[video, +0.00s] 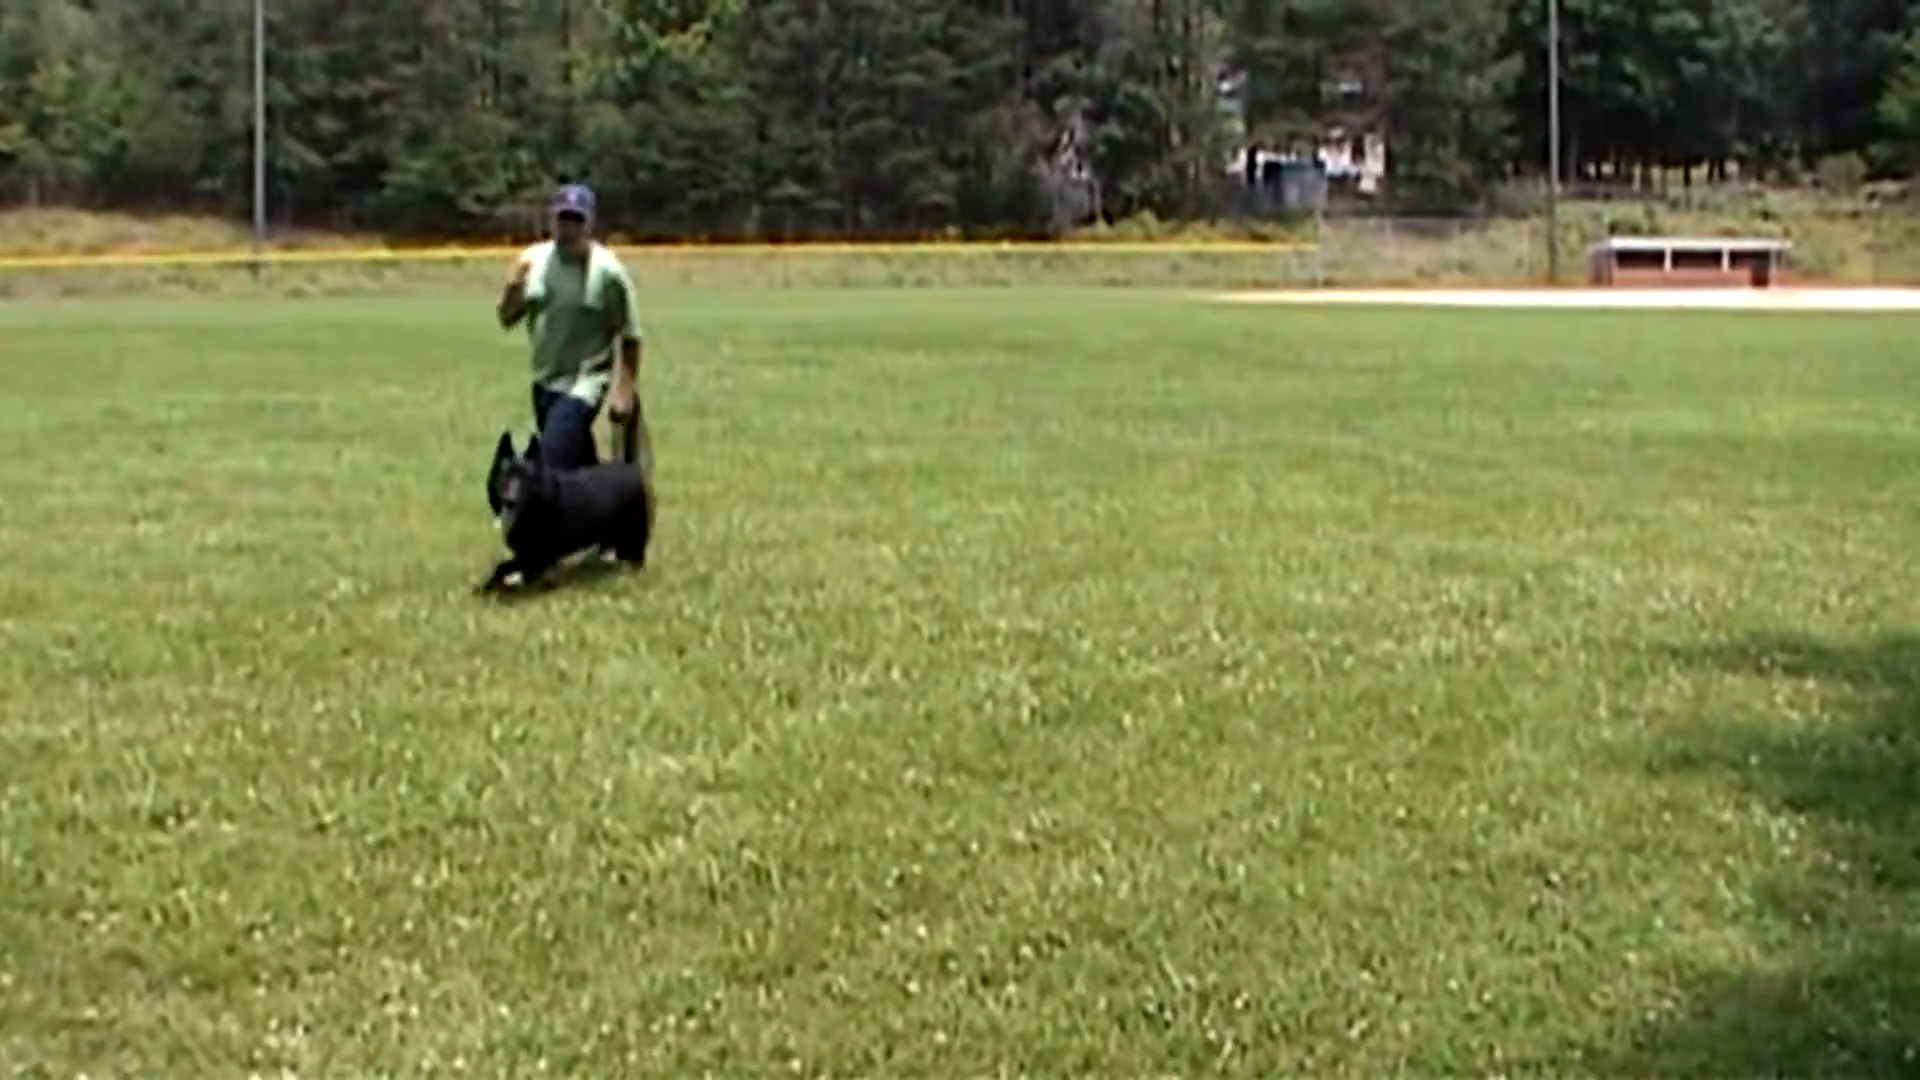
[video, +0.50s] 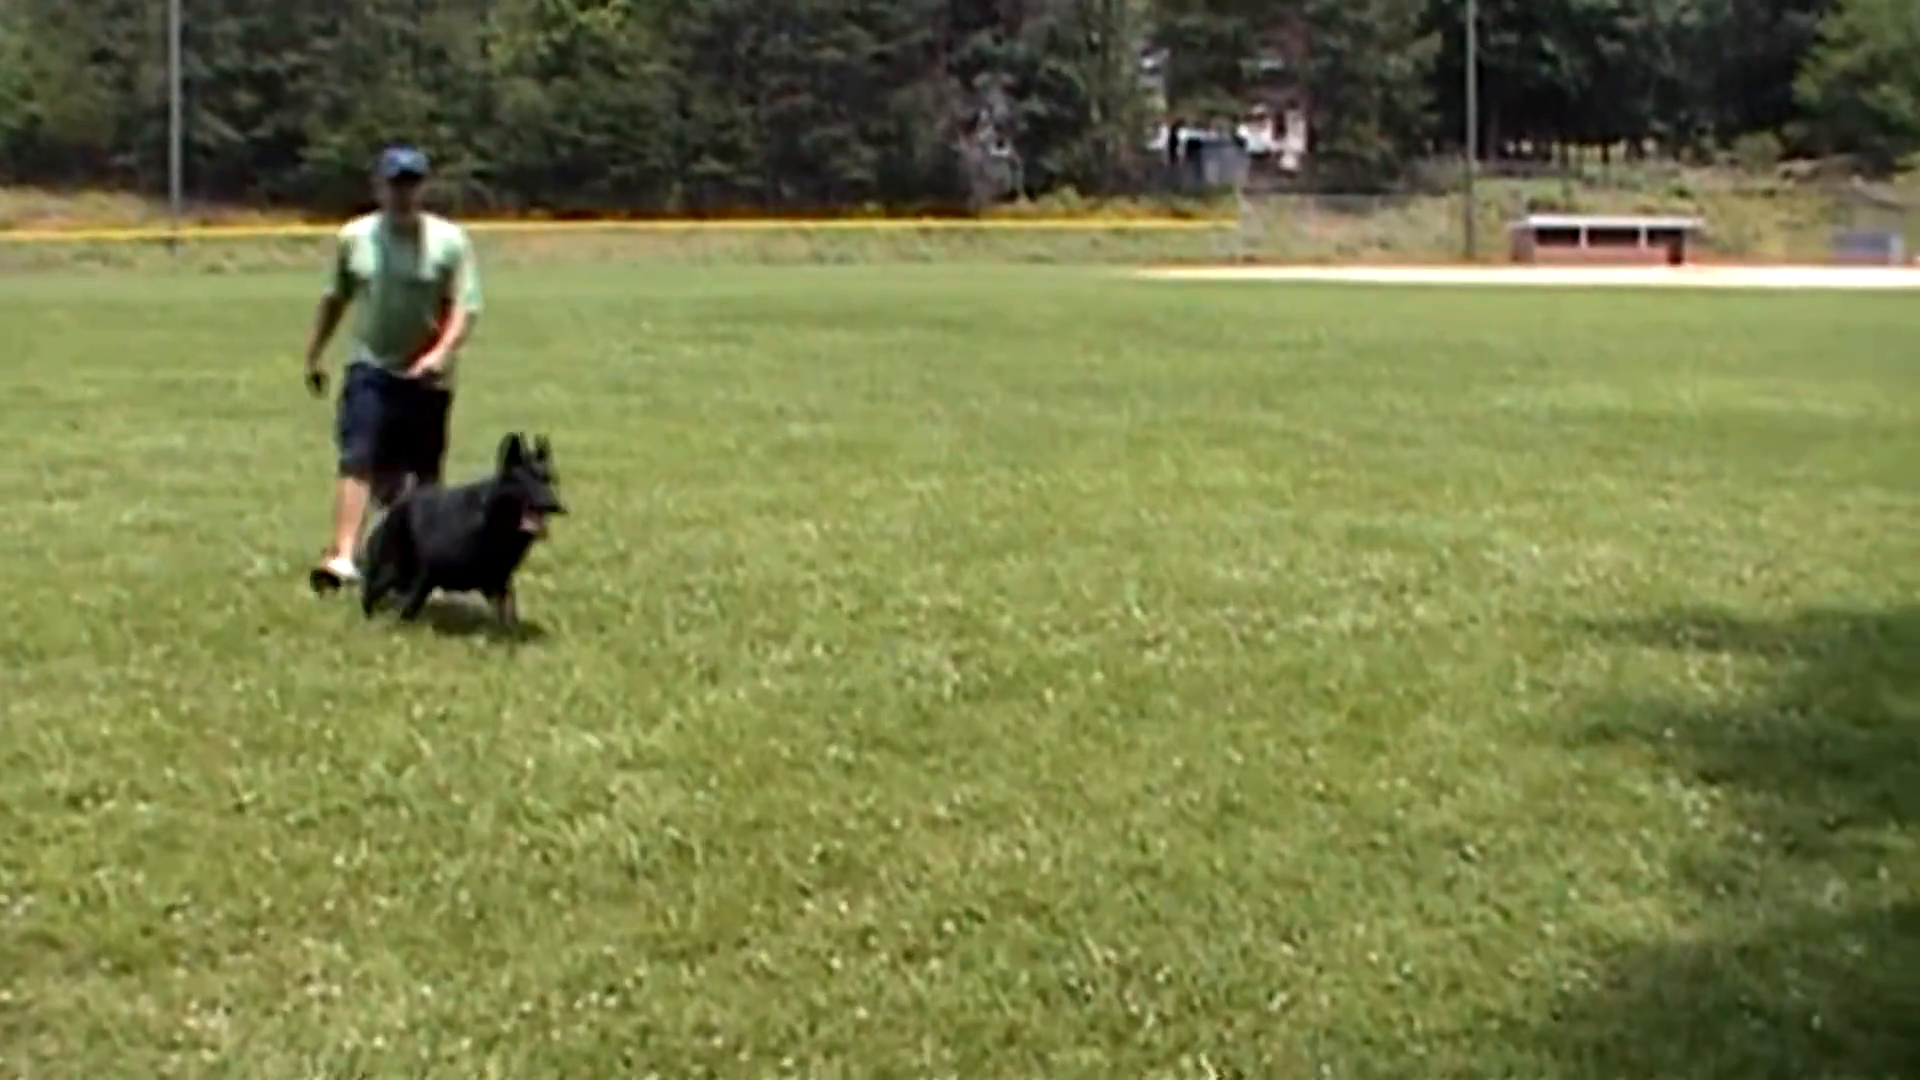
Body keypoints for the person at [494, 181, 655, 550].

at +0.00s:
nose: (569, 228)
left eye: (577, 220)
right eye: (563, 219)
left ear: (589, 225)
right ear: (552, 222)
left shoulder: (608, 272)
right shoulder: (537, 260)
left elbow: (629, 335)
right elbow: (508, 319)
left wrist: (625, 388)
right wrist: (514, 287)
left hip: (588, 377)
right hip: (547, 376)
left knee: (550, 452)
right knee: (578, 463)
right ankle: (601, 534)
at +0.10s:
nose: (549, 226)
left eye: (558, 218)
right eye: (543, 217)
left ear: (571, 223)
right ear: (533, 220)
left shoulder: (589, 272)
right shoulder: (513, 261)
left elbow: (607, 337)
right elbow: (494, 316)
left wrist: (605, 391)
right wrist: (493, 313)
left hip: (568, 384)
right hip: (524, 381)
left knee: (533, 468)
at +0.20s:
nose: (528, 218)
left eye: (536, 209)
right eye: (521, 208)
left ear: (549, 213)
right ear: (509, 210)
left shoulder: (570, 264)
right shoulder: (489, 253)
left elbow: (586, 332)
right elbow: (469, 304)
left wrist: (582, 387)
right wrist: (449, 345)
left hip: (548, 378)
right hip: (499, 373)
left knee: (521, 465)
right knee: (479, 454)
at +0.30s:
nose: (484, 204)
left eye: (492, 195)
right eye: (477, 194)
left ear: (505, 200)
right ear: (464, 198)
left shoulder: (528, 252)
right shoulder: (442, 246)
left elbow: (541, 322)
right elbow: (420, 310)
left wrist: (527, 375)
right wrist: (398, 366)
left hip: (503, 375)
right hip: (452, 368)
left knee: (496, 468)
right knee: (424, 452)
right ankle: (460, 513)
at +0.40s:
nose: (443, 195)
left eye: (451, 185)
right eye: (435, 185)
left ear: (463, 189)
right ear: (420, 188)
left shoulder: (487, 243)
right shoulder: (395, 238)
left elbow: (501, 309)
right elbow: (375, 301)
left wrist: (479, 362)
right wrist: (354, 357)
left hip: (458, 370)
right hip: (405, 362)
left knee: (455, 468)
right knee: (386, 451)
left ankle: (453, 550)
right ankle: (394, 544)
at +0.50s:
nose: (402, 194)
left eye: (411, 184)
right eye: (394, 184)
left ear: (424, 188)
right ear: (378, 187)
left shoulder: (449, 241)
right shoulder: (357, 238)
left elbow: (464, 306)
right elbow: (337, 297)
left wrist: (439, 354)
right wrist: (314, 353)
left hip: (426, 372)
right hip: (371, 365)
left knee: (420, 477)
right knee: (357, 462)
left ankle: (411, 558)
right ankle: (344, 555)